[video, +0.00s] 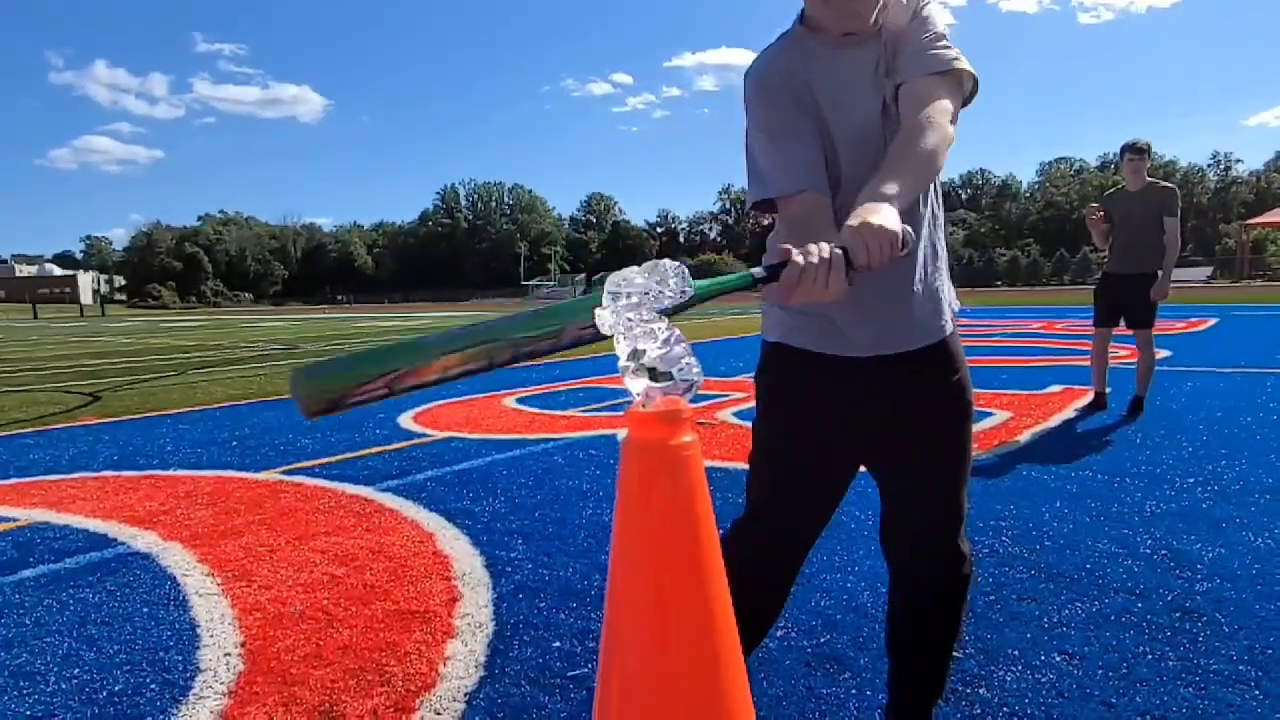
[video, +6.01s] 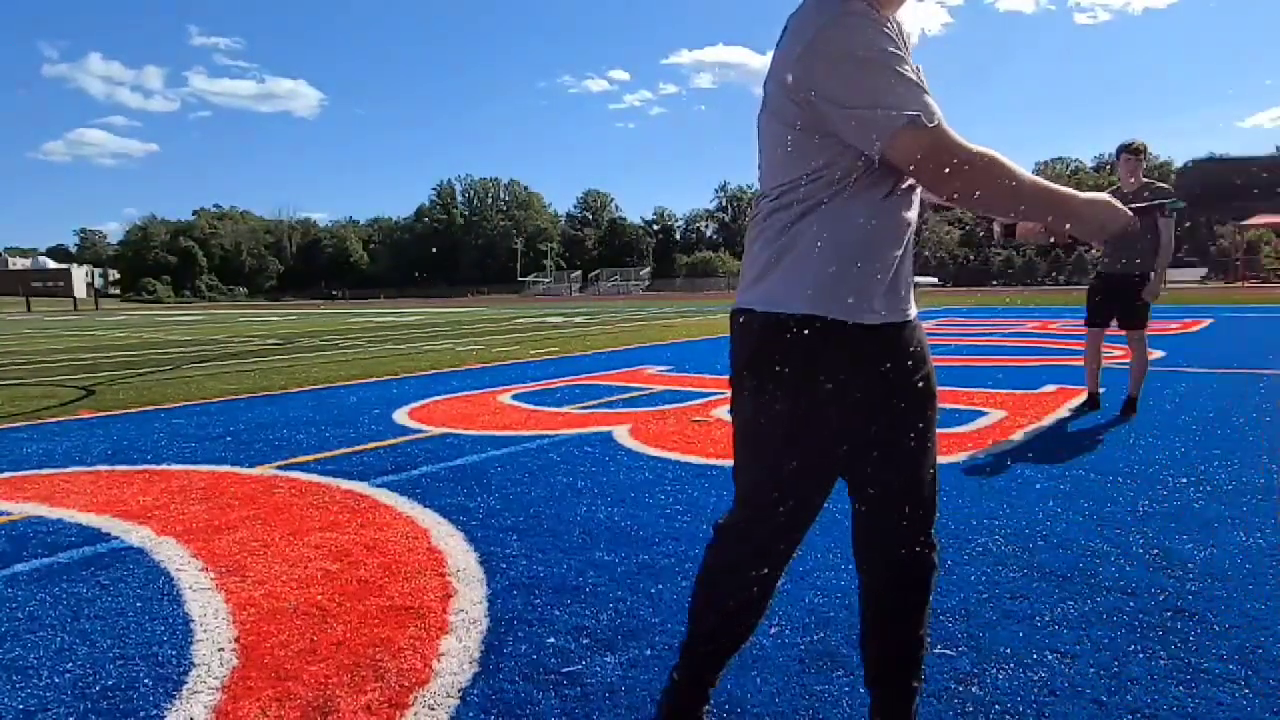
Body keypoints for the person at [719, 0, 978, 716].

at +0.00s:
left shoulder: (919, 21)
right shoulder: (776, 72)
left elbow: (930, 122)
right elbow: (799, 197)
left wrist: (883, 198)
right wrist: (810, 267)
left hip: (921, 354)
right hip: (810, 362)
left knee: (932, 558)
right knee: (767, 547)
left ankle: (911, 711)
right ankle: (685, 689)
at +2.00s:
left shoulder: (912, 21)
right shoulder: (788, 50)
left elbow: (970, 129)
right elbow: (845, 192)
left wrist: (1042, 217)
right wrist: (1015, 252)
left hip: (907, 335)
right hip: (806, 343)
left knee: (920, 539)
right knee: (775, 527)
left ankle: (922, 702)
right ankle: (702, 684)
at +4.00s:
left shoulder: (904, 23)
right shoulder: (812, 39)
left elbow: (957, 136)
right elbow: (914, 177)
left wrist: (1086, 217)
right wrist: (1081, 227)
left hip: (898, 344)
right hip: (798, 348)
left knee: (908, 552)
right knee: (764, 536)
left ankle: (899, 707)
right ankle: (689, 700)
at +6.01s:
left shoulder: (870, 36)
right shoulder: (838, 26)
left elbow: (917, 176)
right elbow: (944, 162)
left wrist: (1019, 219)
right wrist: (1075, 205)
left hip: (882, 332)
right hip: (799, 332)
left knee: (901, 547)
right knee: (763, 532)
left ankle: (893, 706)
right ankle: (684, 699)